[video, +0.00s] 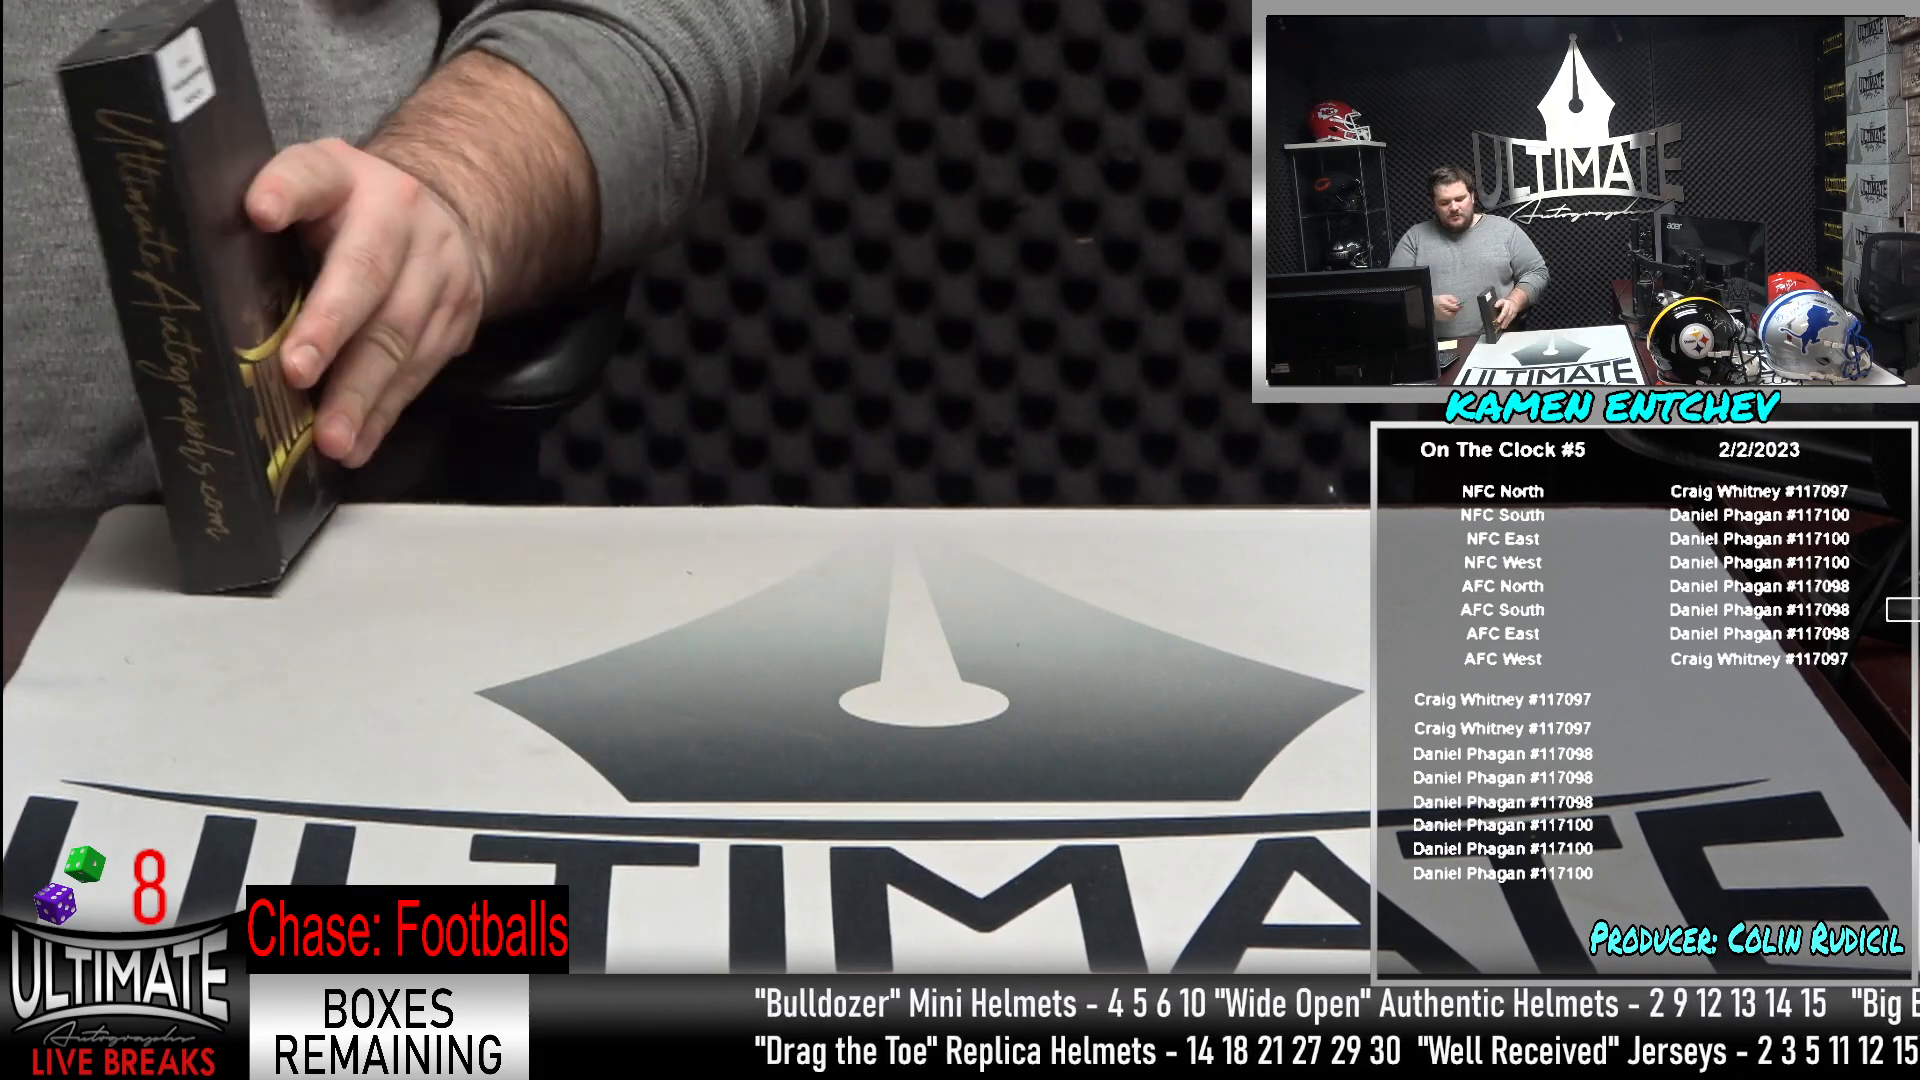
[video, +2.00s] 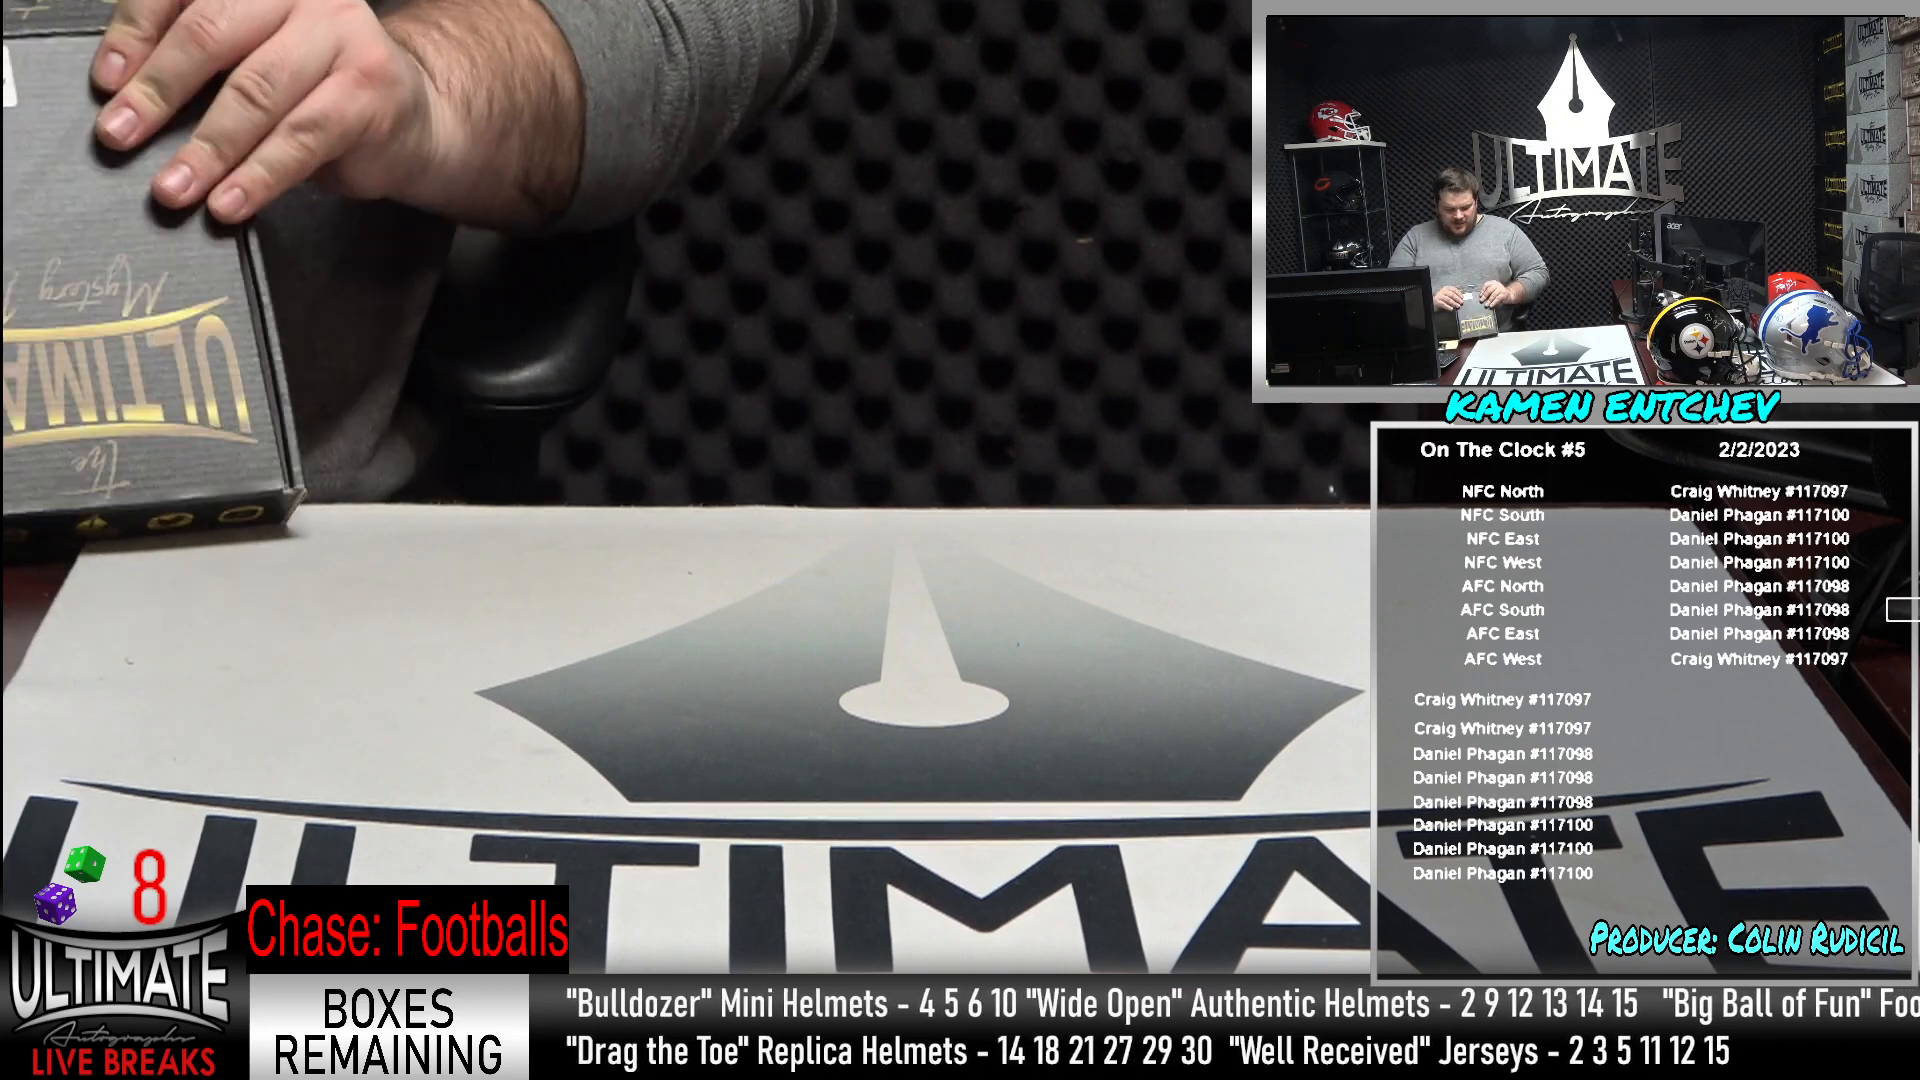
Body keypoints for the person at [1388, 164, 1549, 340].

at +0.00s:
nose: (1454, 208)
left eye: (1460, 199)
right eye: (1445, 202)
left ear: (1472, 197)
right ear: (1433, 204)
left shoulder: (1505, 231)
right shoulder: (1416, 238)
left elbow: (1536, 272)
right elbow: (1393, 290)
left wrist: (1515, 302)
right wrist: (1428, 304)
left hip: (1498, 347)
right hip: (1437, 352)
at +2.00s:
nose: (1459, 216)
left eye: (1465, 207)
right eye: (1450, 209)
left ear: (1476, 202)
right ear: (1436, 206)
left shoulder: (1505, 231)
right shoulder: (1416, 238)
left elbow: (1538, 272)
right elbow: (1391, 289)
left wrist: (1510, 293)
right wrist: (1429, 300)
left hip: (1500, 347)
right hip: (1436, 353)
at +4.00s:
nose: (1472, 221)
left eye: (1479, 213)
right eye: (1463, 213)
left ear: (1486, 207)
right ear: (1446, 204)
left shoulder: (1507, 233)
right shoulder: (1418, 235)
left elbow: (1538, 284)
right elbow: (1393, 285)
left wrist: (1523, 271)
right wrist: (1432, 291)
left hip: (1494, 347)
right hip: (1432, 350)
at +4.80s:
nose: (1459, 213)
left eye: (1467, 206)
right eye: (1452, 205)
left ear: (1479, 204)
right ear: (1441, 202)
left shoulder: (1507, 234)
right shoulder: (1417, 236)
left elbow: (1527, 276)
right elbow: (1391, 289)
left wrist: (1548, 272)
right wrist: (1424, 293)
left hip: (1494, 347)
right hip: (1433, 351)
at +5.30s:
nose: (1461, 209)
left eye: (1468, 200)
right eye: (1452, 202)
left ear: (1480, 199)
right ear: (1441, 203)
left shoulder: (1508, 233)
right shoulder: (1418, 235)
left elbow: (1542, 277)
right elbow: (1392, 287)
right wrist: (1428, 289)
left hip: (1496, 346)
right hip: (1434, 351)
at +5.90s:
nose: (1474, 209)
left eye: (1480, 201)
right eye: (1465, 202)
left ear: (1489, 200)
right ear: (1450, 201)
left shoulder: (1511, 234)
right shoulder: (1424, 234)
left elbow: (1541, 283)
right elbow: (1389, 280)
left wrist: (1507, 282)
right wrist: (1422, 301)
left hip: (1497, 346)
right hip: (1437, 350)